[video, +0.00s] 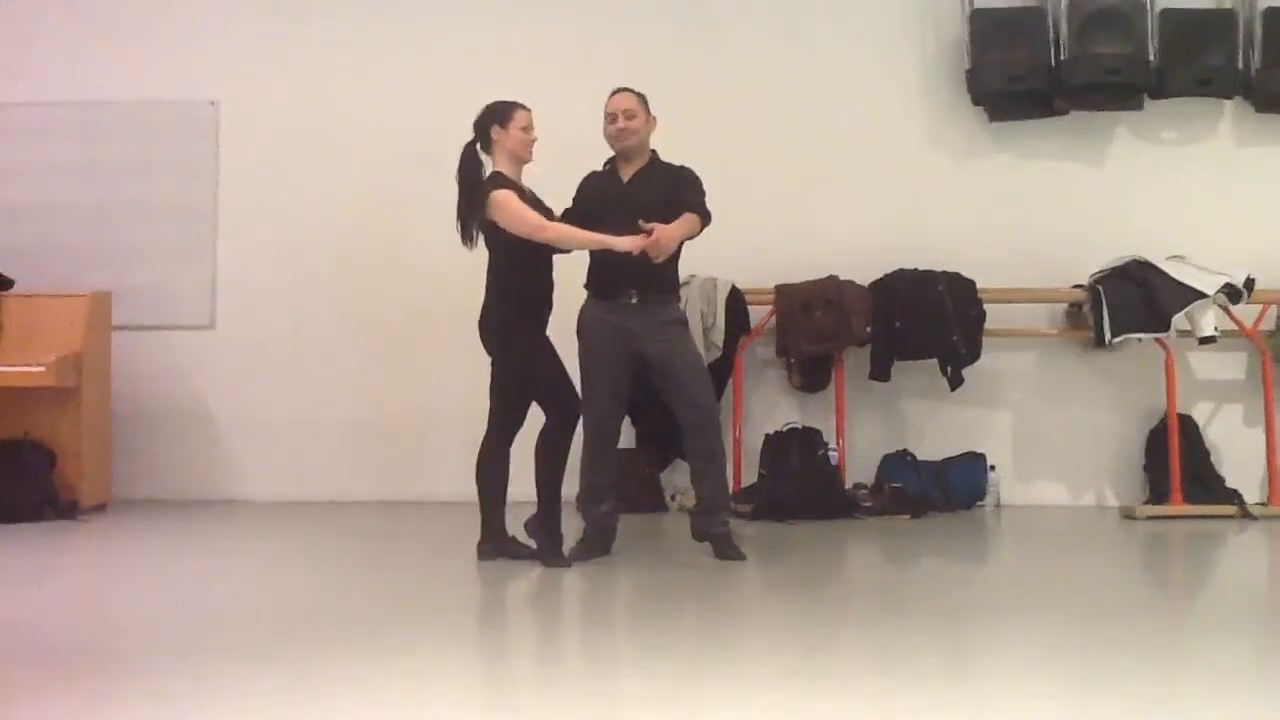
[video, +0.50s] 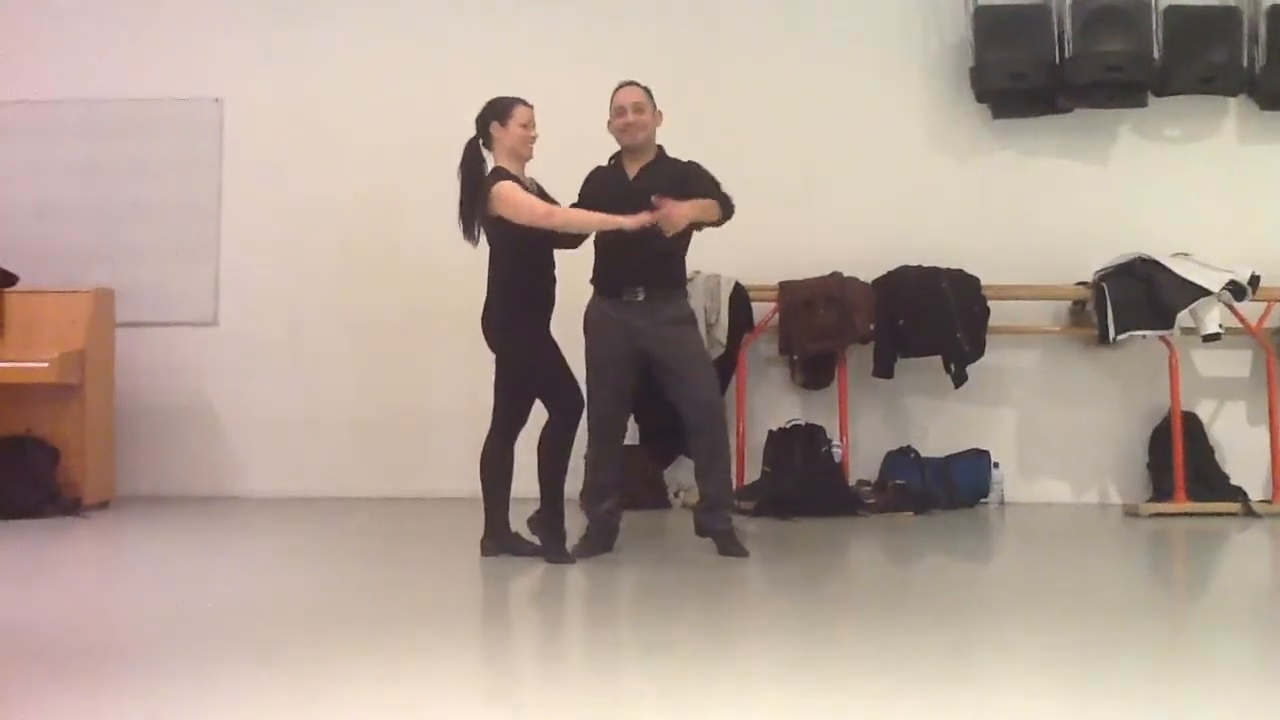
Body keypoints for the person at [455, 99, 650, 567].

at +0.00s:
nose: (534, 136)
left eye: (533, 129)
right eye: (526, 129)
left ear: (506, 136)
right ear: (498, 135)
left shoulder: (516, 191)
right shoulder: (498, 194)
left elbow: (555, 235)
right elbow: (545, 234)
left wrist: (614, 236)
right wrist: (615, 242)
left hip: (522, 323)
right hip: (512, 326)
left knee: (502, 429)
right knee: (565, 409)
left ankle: (493, 535)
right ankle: (547, 521)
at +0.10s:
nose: (533, 136)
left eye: (532, 129)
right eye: (524, 129)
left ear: (510, 136)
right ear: (496, 134)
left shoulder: (517, 188)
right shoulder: (498, 192)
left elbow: (557, 230)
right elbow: (544, 232)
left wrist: (614, 233)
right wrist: (612, 241)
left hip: (522, 322)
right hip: (511, 325)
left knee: (502, 426)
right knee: (565, 407)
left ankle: (492, 533)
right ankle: (546, 519)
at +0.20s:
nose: (532, 136)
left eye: (532, 128)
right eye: (523, 129)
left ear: (513, 137)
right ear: (495, 134)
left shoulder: (518, 188)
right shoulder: (497, 192)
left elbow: (559, 231)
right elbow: (545, 232)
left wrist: (614, 230)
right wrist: (614, 241)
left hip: (523, 322)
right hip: (511, 325)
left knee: (502, 428)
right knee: (564, 407)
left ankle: (493, 534)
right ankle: (547, 520)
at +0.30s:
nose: (534, 137)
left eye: (534, 130)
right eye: (525, 130)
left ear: (518, 139)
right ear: (496, 136)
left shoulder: (521, 190)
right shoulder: (499, 193)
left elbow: (562, 234)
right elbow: (547, 231)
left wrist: (618, 232)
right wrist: (617, 240)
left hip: (527, 323)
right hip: (514, 326)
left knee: (506, 428)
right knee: (568, 408)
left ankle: (496, 534)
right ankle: (550, 520)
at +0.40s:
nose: (534, 136)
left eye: (534, 129)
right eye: (525, 129)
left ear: (518, 138)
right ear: (496, 135)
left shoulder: (522, 189)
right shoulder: (499, 190)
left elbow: (559, 243)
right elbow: (547, 228)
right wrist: (617, 234)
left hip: (527, 321)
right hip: (514, 324)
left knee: (505, 427)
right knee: (567, 407)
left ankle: (496, 533)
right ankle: (550, 520)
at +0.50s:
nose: (534, 133)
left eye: (534, 126)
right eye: (525, 126)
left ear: (519, 135)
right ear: (496, 132)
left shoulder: (524, 186)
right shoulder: (500, 189)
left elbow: (567, 241)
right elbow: (559, 223)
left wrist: (589, 217)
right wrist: (625, 221)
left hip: (527, 319)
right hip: (513, 322)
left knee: (506, 425)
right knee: (567, 404)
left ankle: (496, 531)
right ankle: (550, 517)